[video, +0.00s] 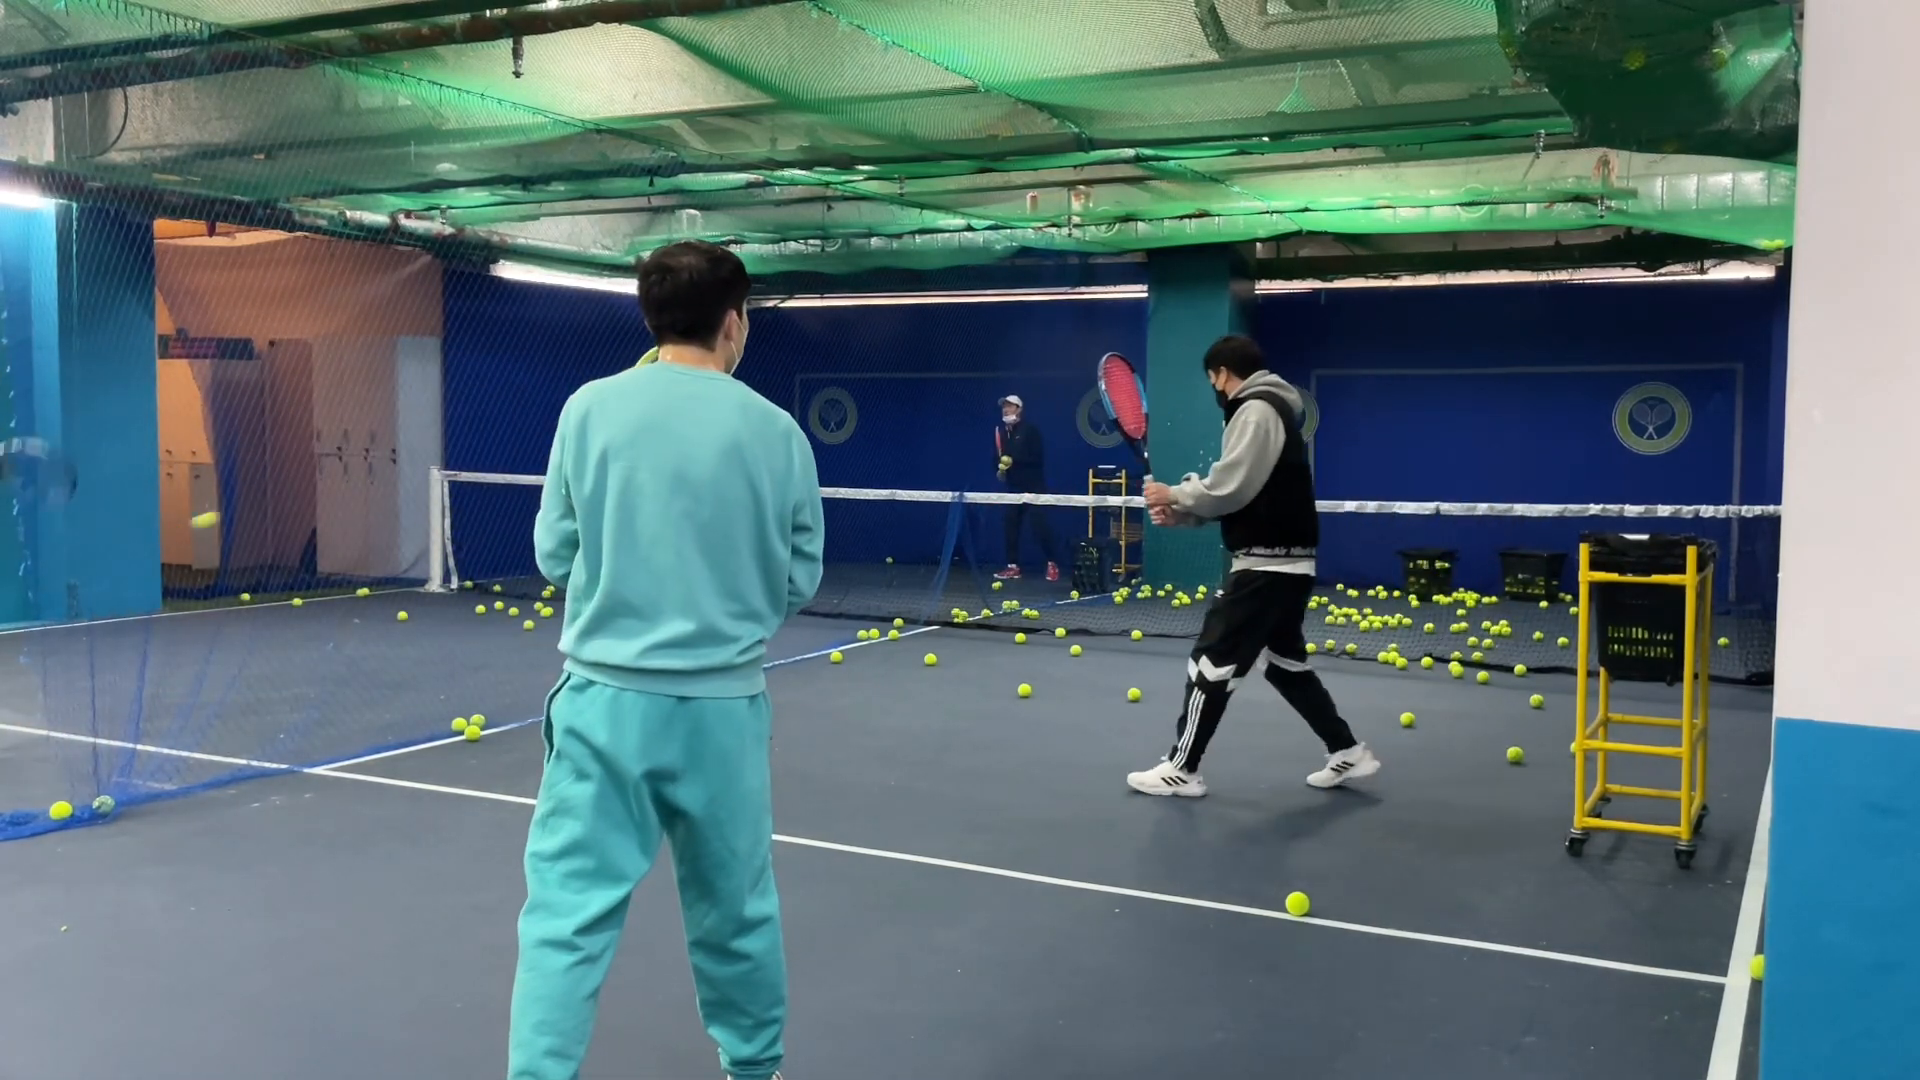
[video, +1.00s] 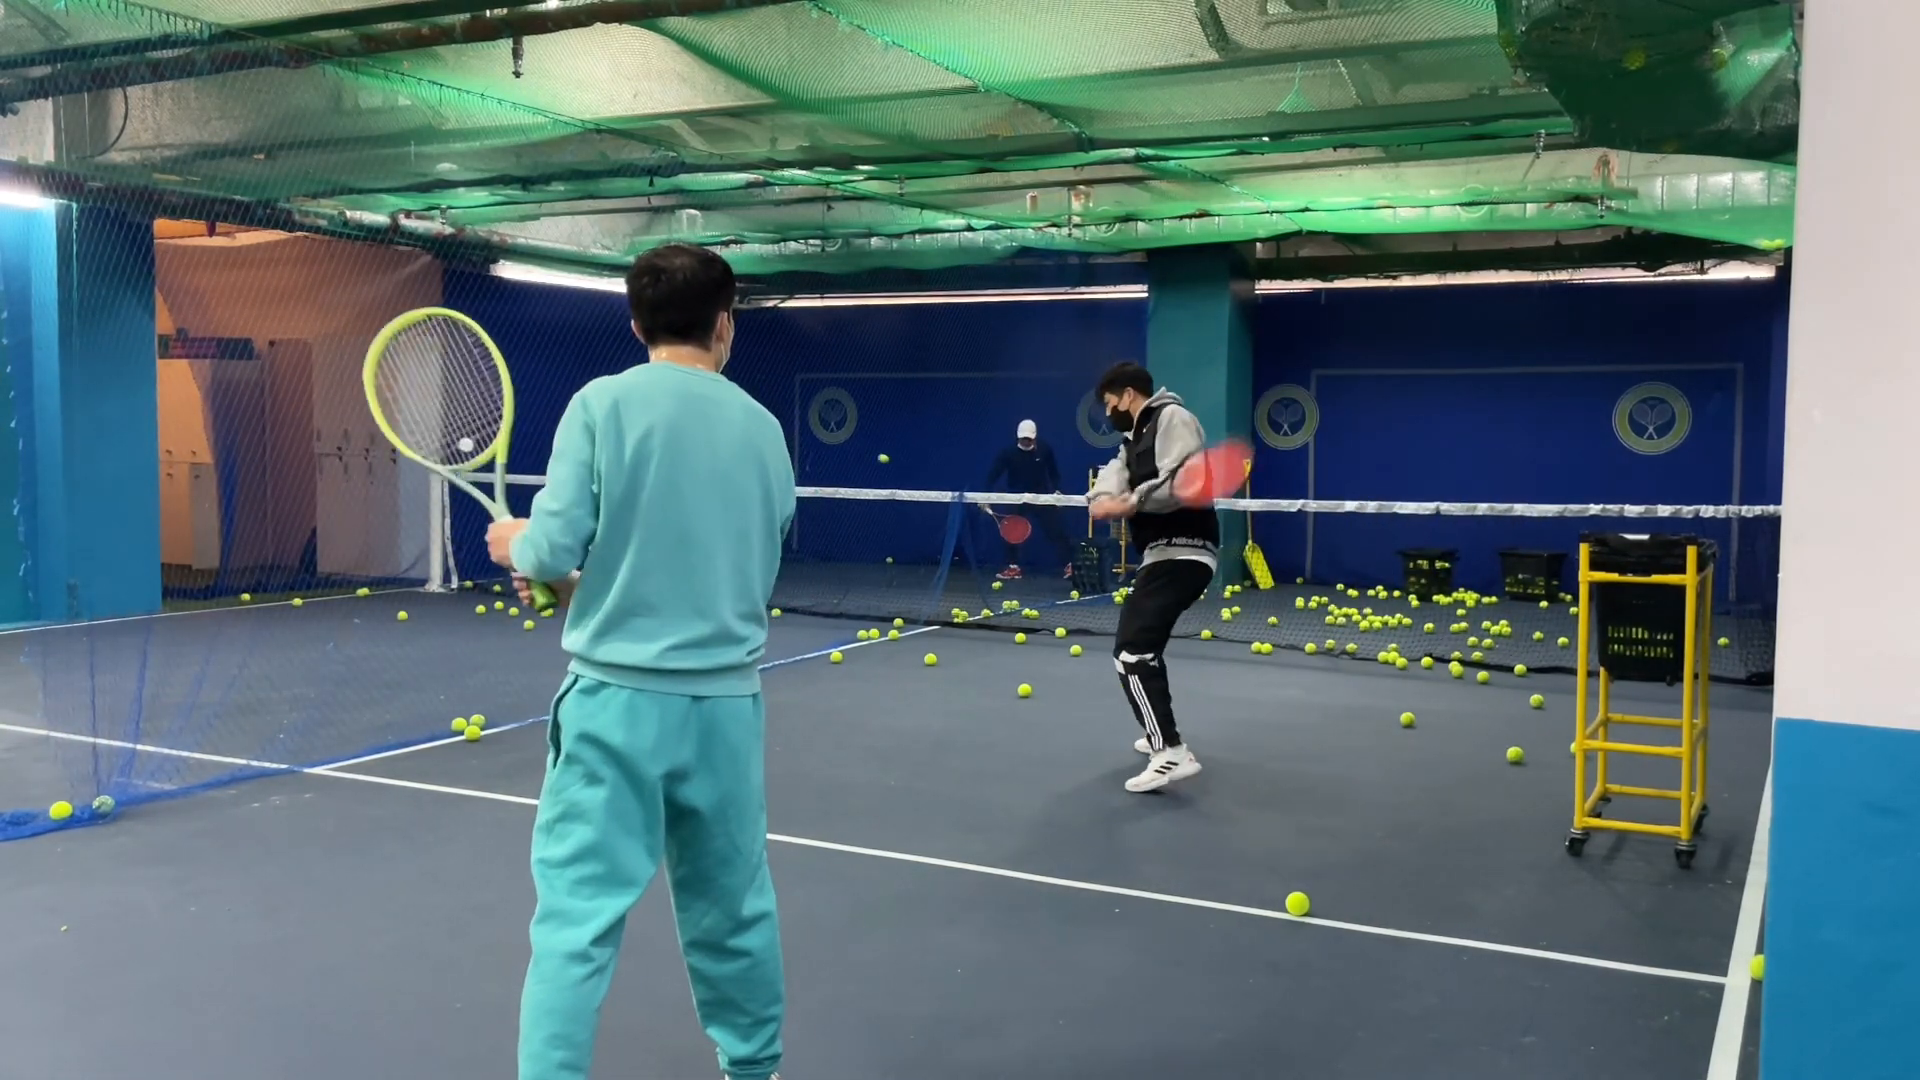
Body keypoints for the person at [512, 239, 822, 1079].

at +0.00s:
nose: (748, 328)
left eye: (744, 314)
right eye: (746, 314)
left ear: (650, 321)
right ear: (730, 321)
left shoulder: (590, 410)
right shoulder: (776, 431)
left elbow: (555, 549)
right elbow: (800, 573)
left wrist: (632, 586)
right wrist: (725, 611)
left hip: (603, 708)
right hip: (724, 713)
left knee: (566, 914)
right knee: (736, 909)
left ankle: (537, 1070)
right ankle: (753, 1064)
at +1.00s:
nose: (736, 327)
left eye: (730, 314)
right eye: (734, 315)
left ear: (641, 324)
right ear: (722, 321)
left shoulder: (600, 406)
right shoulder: (762, 428)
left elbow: (557, 550)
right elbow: (756, 557)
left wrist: (515, 544)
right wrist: (594, 571)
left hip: (612, 707)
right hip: (726, 711)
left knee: (576, 920)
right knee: (733, 909)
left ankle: (549, 1071)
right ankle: (752, 1065)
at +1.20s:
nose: (724, 331)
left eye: (620, 319)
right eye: (724, 319)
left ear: (626, 326)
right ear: (716, 325)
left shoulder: (605, 396)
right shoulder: (740, 424)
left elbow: (526, 516)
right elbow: (621, 551)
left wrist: (441, 488)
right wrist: (481, 535)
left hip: (617, 709)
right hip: (725, 710)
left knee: (581, 923)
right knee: (728, 904)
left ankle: (559, 1070)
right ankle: (752, 1065)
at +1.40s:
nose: (595, 323)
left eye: (597, 313)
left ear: (601, 323)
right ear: (692, 327)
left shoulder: (603, 395)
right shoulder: (707, 415)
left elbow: (551, 507)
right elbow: (595, 531)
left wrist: (433, 468)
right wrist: (458, 518)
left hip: (615, 709)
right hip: (711, 706)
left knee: (581, 931)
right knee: (718, 902)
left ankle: (563, 1071)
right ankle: (752, 1063)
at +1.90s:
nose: (523, 328)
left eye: (523, 316)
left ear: (529, 325)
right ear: (621, 320)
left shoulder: (568, 399)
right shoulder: (641, 411)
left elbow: (588, 535)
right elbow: (553, 570)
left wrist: (445, 519)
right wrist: (441, 559)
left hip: (588, 706)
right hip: (671, 699)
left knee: (549, 938)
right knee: (672, 881)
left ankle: (550, 1070)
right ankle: (736, 1054)